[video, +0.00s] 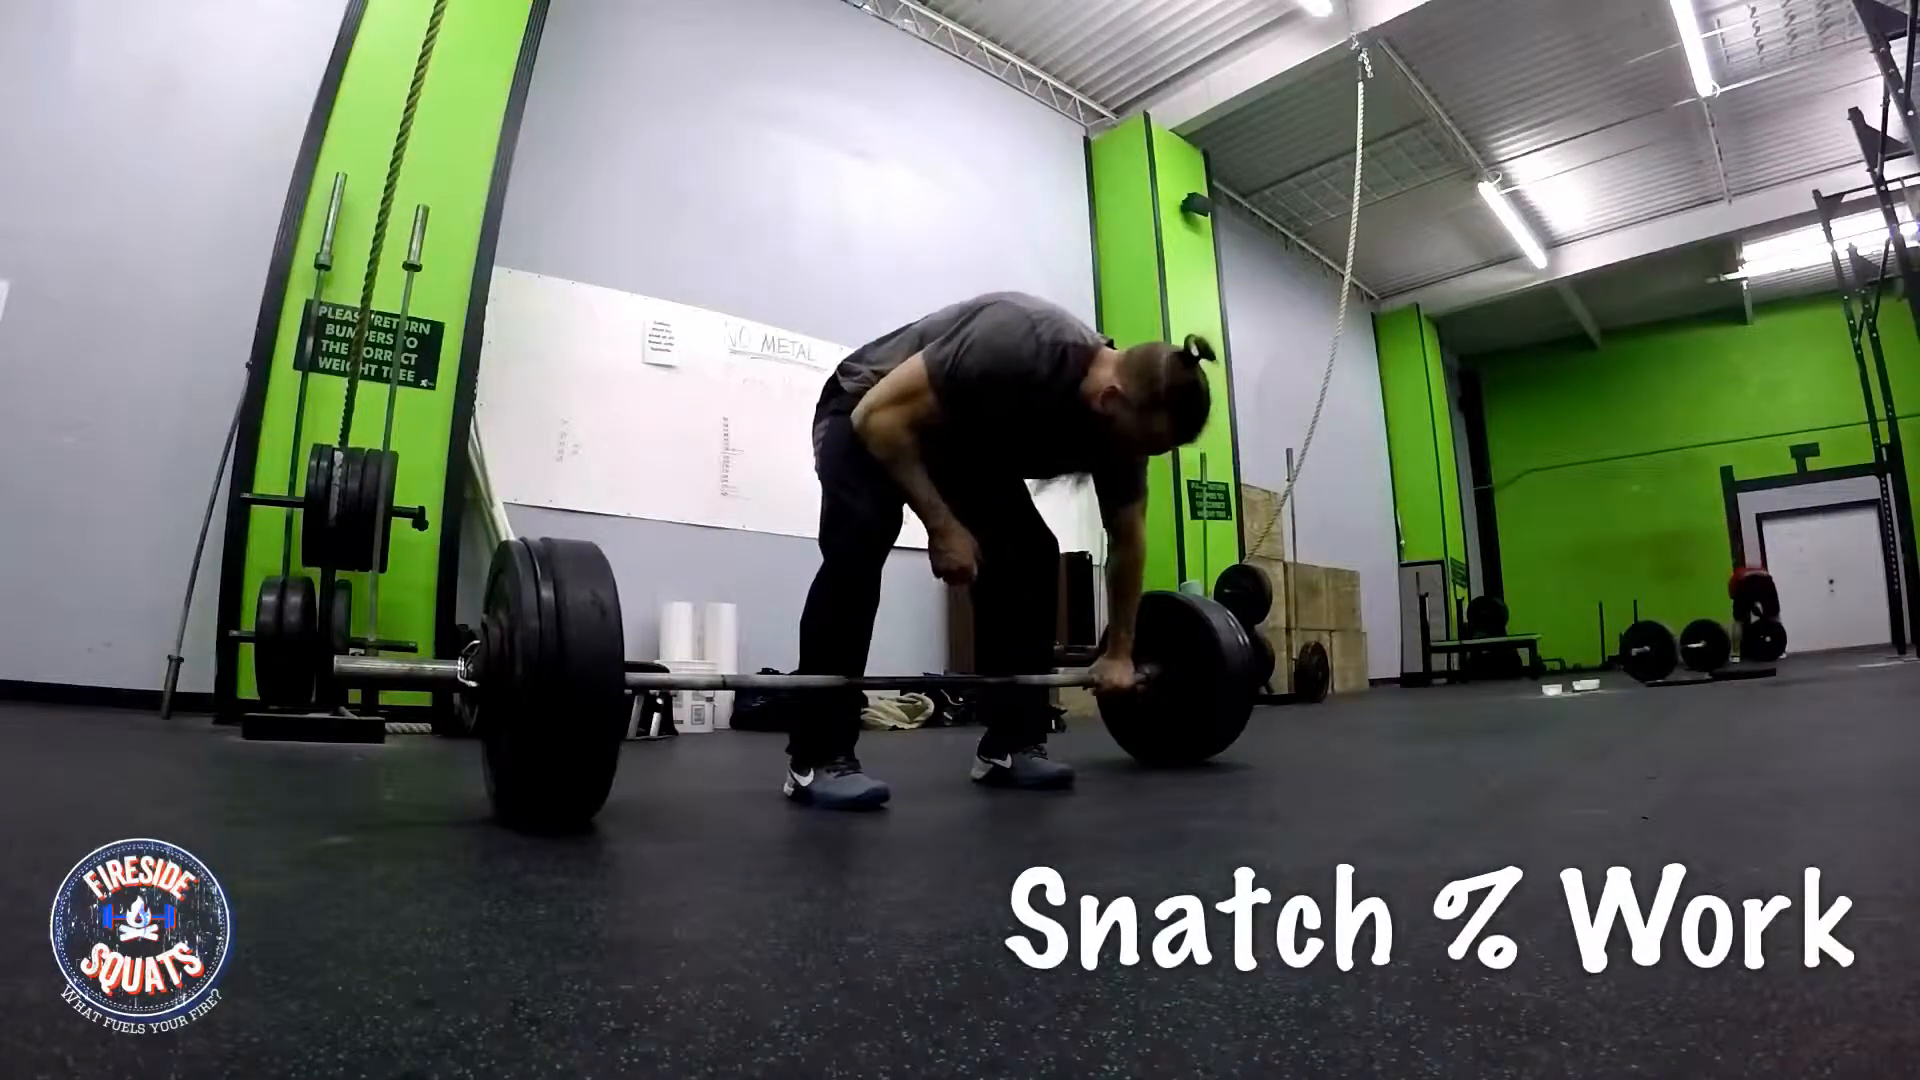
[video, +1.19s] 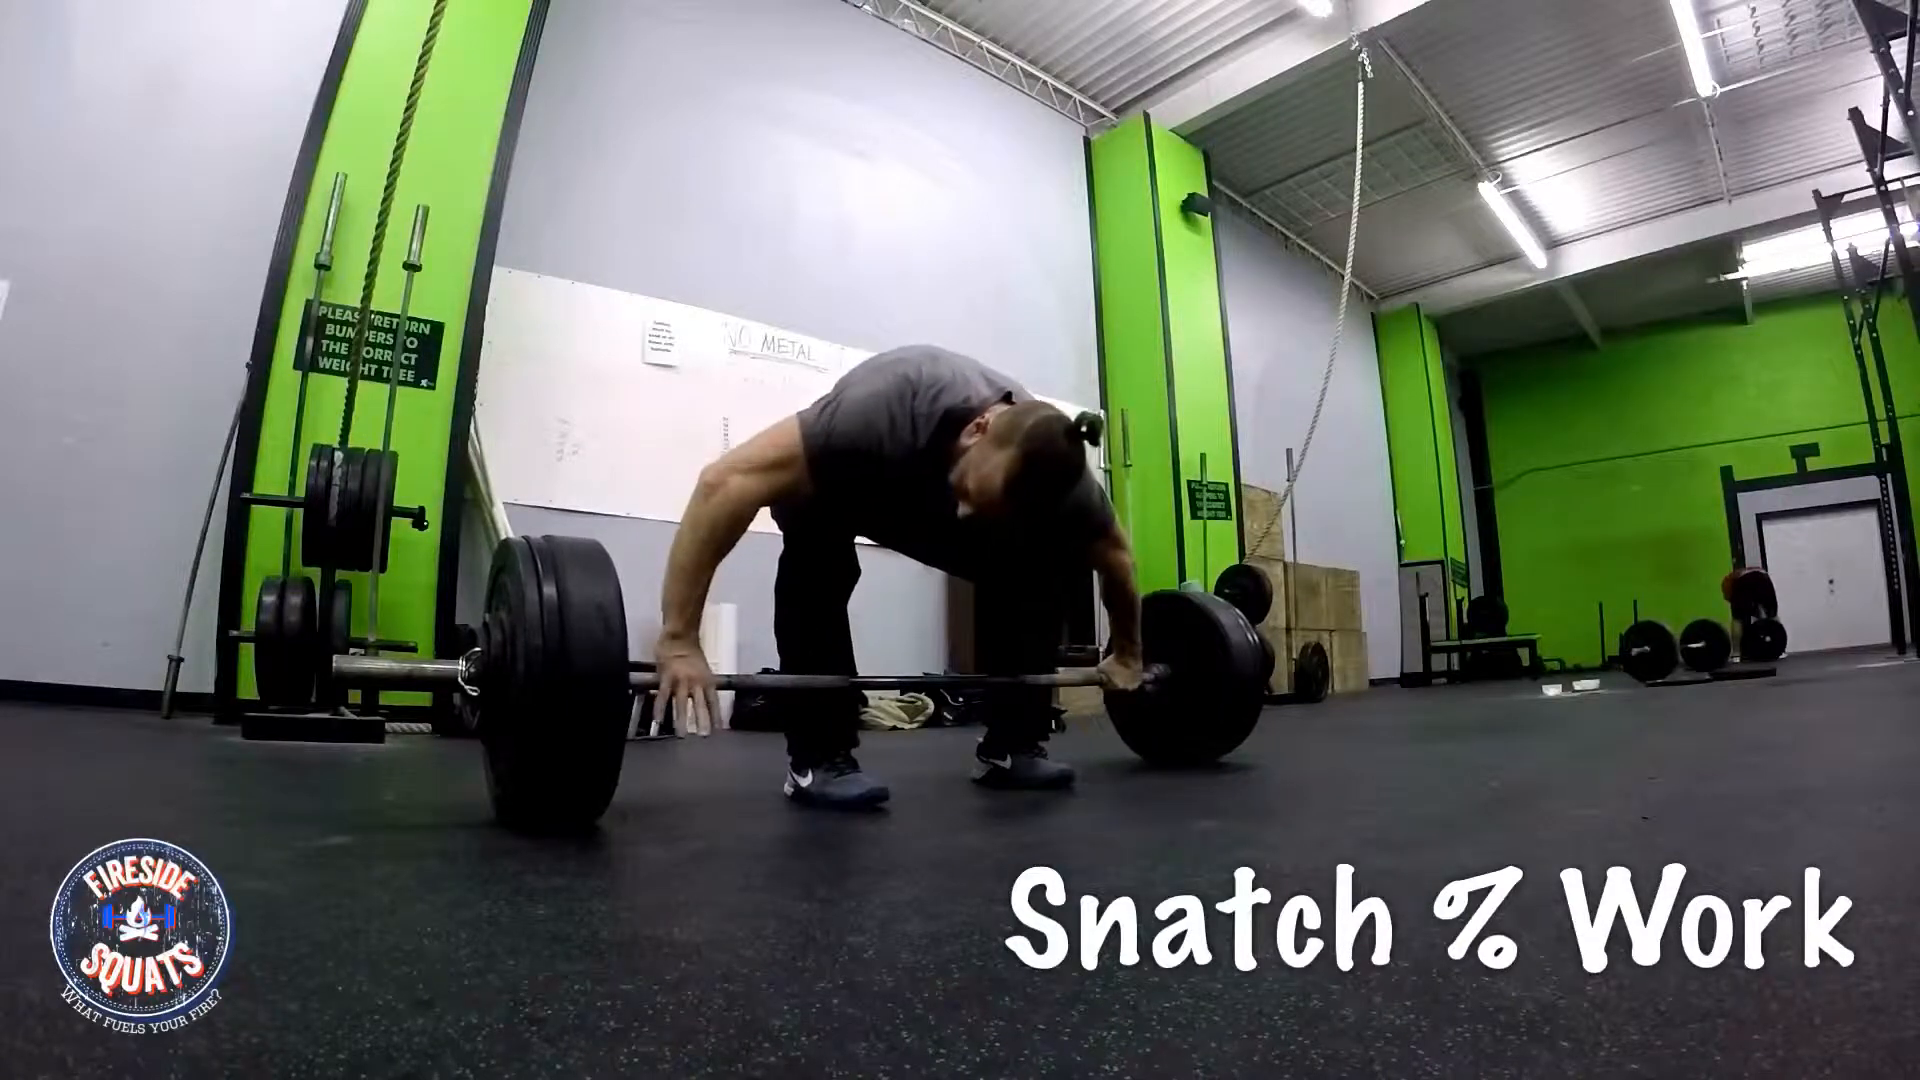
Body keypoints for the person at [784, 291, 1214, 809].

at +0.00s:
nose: (1144, 460)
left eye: (1155, 451)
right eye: (1145, 444)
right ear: (1111, 396)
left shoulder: (1120, 425)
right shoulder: (1012, 343)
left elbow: (1127, 535)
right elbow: (878, 415)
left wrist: (1118, 652)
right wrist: (943, 527)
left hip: (971, 443)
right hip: (872, 409)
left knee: (1027, 559)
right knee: (855, 556)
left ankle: (1011, 744)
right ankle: (819, 760)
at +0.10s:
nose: (1116, 448)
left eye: (1129, 442)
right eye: (1117, 431)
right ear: (1096, 371)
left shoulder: (1115, 422)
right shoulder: (1001, 338)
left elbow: (1126, 537)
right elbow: (866, 411)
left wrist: (1119, 651)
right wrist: (939, 523)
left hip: (967, 444)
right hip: (872, 411)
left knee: (1027, 556)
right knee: (854, 555)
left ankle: (1011, 743)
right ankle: (818, 759)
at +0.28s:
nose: (1071, 442)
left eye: (1091, 441)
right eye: (1077, 422)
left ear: (1117, 434)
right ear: (1072, 368)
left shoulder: (1100, 435)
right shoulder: (979, 345)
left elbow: (1124, 542)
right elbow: (829, 402)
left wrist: (1119, 652)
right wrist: (855, 544)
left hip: (952, 458)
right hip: (862, 428)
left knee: (1024, 559)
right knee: (847, 561)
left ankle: (1011, 744)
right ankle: (819, 760)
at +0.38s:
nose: (1051, 448)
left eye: (1071, 451)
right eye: (1058, 428)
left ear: (1103, 446)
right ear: (1056, 377)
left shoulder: (1092, 451)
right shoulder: (960, 356)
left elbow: (1123, 550)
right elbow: (811, 418)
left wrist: (1119, 656)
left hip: (945, 460)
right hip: (856, 433)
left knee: (1025, 559)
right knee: (840, 571)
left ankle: (1009, 746)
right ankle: (819, 760)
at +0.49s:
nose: (1029, 473)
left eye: (1053, 472)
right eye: (1033, 452)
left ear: (1094, 462)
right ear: (1035, 395)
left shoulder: (1081, 453)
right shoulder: (936, 377)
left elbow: (1121, 551)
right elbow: (788, 443)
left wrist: (1118, 651)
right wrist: (715, 590)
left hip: (938, 456)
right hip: (843, 433)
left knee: (1025, 557)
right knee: (835, 569)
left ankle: (1011, 744)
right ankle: (820, 761)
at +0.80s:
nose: (974, 515)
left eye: (991, 516)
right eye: (976, 497)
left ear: (1051, 497)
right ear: (985, 434)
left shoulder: (1066, 492)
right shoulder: (886, 414)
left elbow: (1118, 562)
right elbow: (730, 481)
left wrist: (1124, 653)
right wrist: (678, 636)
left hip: (921, 490)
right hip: (836, 459)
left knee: (1028, 564)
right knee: (816, 555)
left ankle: (1011, 746)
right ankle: (820, 761)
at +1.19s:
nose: (970, 510)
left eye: (984, 511)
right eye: (970, 491)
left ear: (1051, 490)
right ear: (978, 428)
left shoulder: (1070, 490)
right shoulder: (888, 407)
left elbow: (1117, 562)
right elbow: (724, 483)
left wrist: (1127, 652)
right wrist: (678, 638)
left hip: (919, 501)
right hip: (840, 475)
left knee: (1036, 564)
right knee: (817, 553)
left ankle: (1011, 746)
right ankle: (821, 761)